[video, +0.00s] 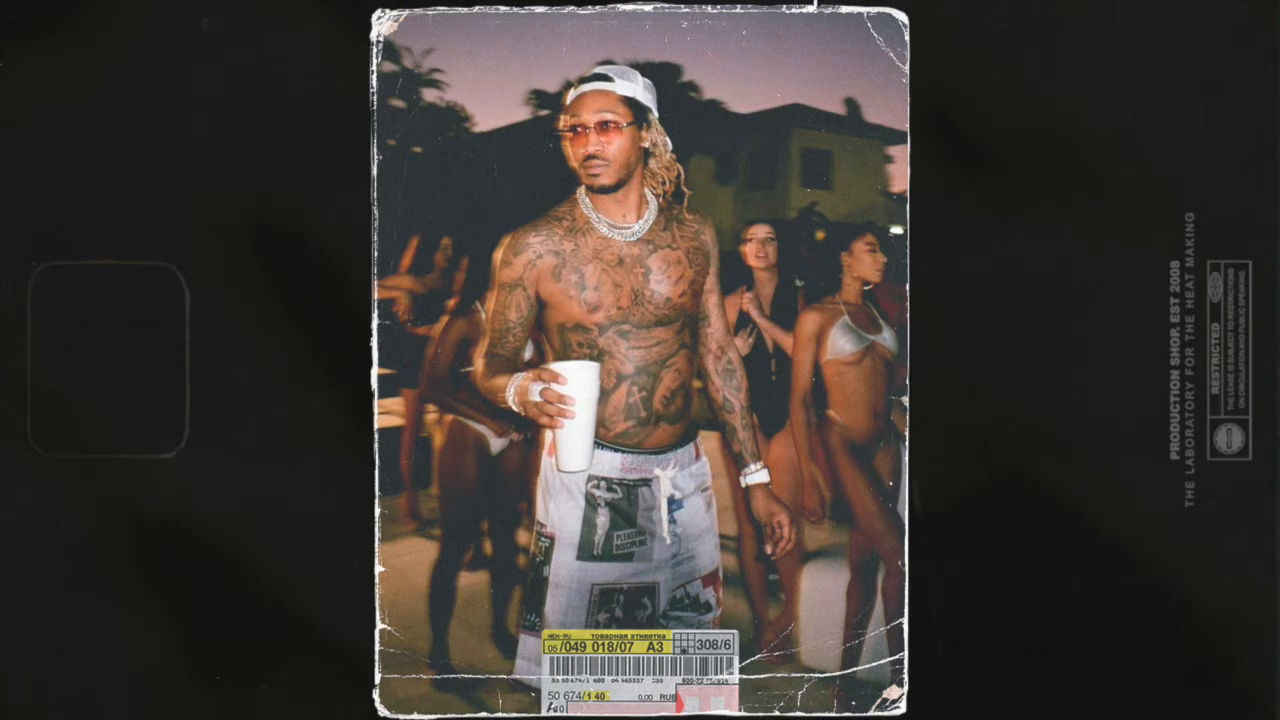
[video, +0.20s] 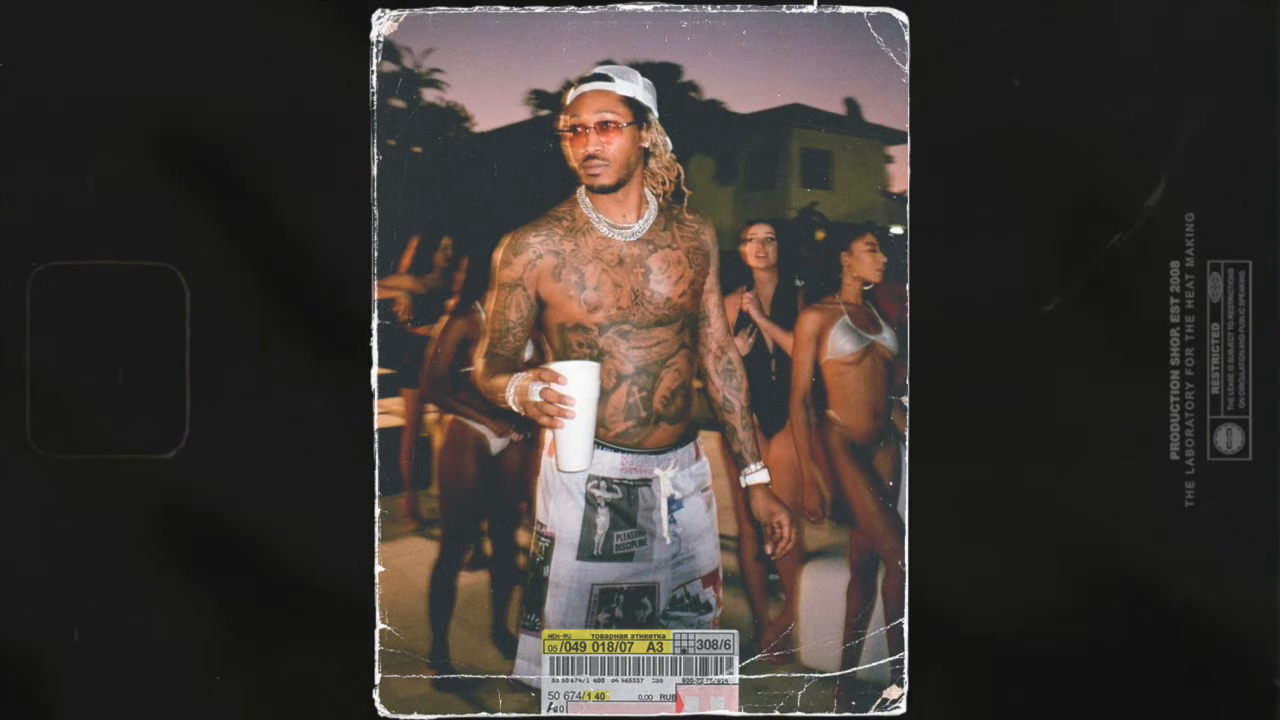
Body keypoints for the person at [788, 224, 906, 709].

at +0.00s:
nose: (882, 258)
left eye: (881, 251)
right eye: (871, 251)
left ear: (871, 262)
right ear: (844, 259)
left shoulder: (877, 315)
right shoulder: (818, 317)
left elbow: (887, 390)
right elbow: (799, 403)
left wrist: (900, 434)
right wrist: (812, 478)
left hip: (882, 447)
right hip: (838, 448)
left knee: (863, 563)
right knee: (898, 551)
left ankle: (847, 673)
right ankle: (903, 669)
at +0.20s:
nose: (882, 259)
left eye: (881, 251)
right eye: (871, 251)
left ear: (872, 262)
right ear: (844, 259)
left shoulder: (877, 316)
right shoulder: (818, 317)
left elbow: (886, 390)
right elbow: (799, 403)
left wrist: (900, 428)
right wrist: (812, 478)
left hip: (883, 447)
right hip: (839, 448)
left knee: (863, 562)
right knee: (897, 552)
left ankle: (846, 673)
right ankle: (902, 670)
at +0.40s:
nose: (882, 259)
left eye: (881, 251)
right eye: (871, 251)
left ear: (872, 262)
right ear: (844, 259)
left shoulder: (877, 315)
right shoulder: (818, 317)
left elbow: (887, 390)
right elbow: (799, 403)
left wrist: (900, 432)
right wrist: (812, 477)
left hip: (882, 447)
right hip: (838, 448)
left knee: (863, 562)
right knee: (897, 552)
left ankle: (846, 672)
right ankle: (902, 670)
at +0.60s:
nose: (882, 259)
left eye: (881, 251)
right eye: (871, 251)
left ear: (872, 262)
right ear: (844, 259)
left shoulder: (877, 316)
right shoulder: (818, 317)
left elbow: (885, 391)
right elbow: (799, 403)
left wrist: (900, 431)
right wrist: (812, 477)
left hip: (882, 447)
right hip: (838, 448)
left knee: (863, 562)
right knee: (897, 551)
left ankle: (846, 672)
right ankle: (902, 670)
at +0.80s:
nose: (882, 259)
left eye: (881, 251)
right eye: (871, 251)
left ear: (870, 261)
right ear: (844, 259)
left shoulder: (877, 315)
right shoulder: (818, 317)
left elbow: (885, 391)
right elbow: (799, 403)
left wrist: (899, 437)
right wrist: (814, 479)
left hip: (882, 447)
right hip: (838, 448)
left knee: (863, 563)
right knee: (898, 553)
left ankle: (846, 673)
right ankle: (902, 670)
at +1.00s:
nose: (882, 259)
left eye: (881, 251)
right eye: (871, 251)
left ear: (872, 262)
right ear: (844, 259)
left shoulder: (877, 315)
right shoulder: (818, 317)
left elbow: (886, 391)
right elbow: (799, 402)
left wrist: (900, 433)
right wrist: (812, 477)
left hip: (883, 447)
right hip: (839, 448)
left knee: (863, 562)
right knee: (897, 552)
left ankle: (846, 672)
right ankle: (902, 670)